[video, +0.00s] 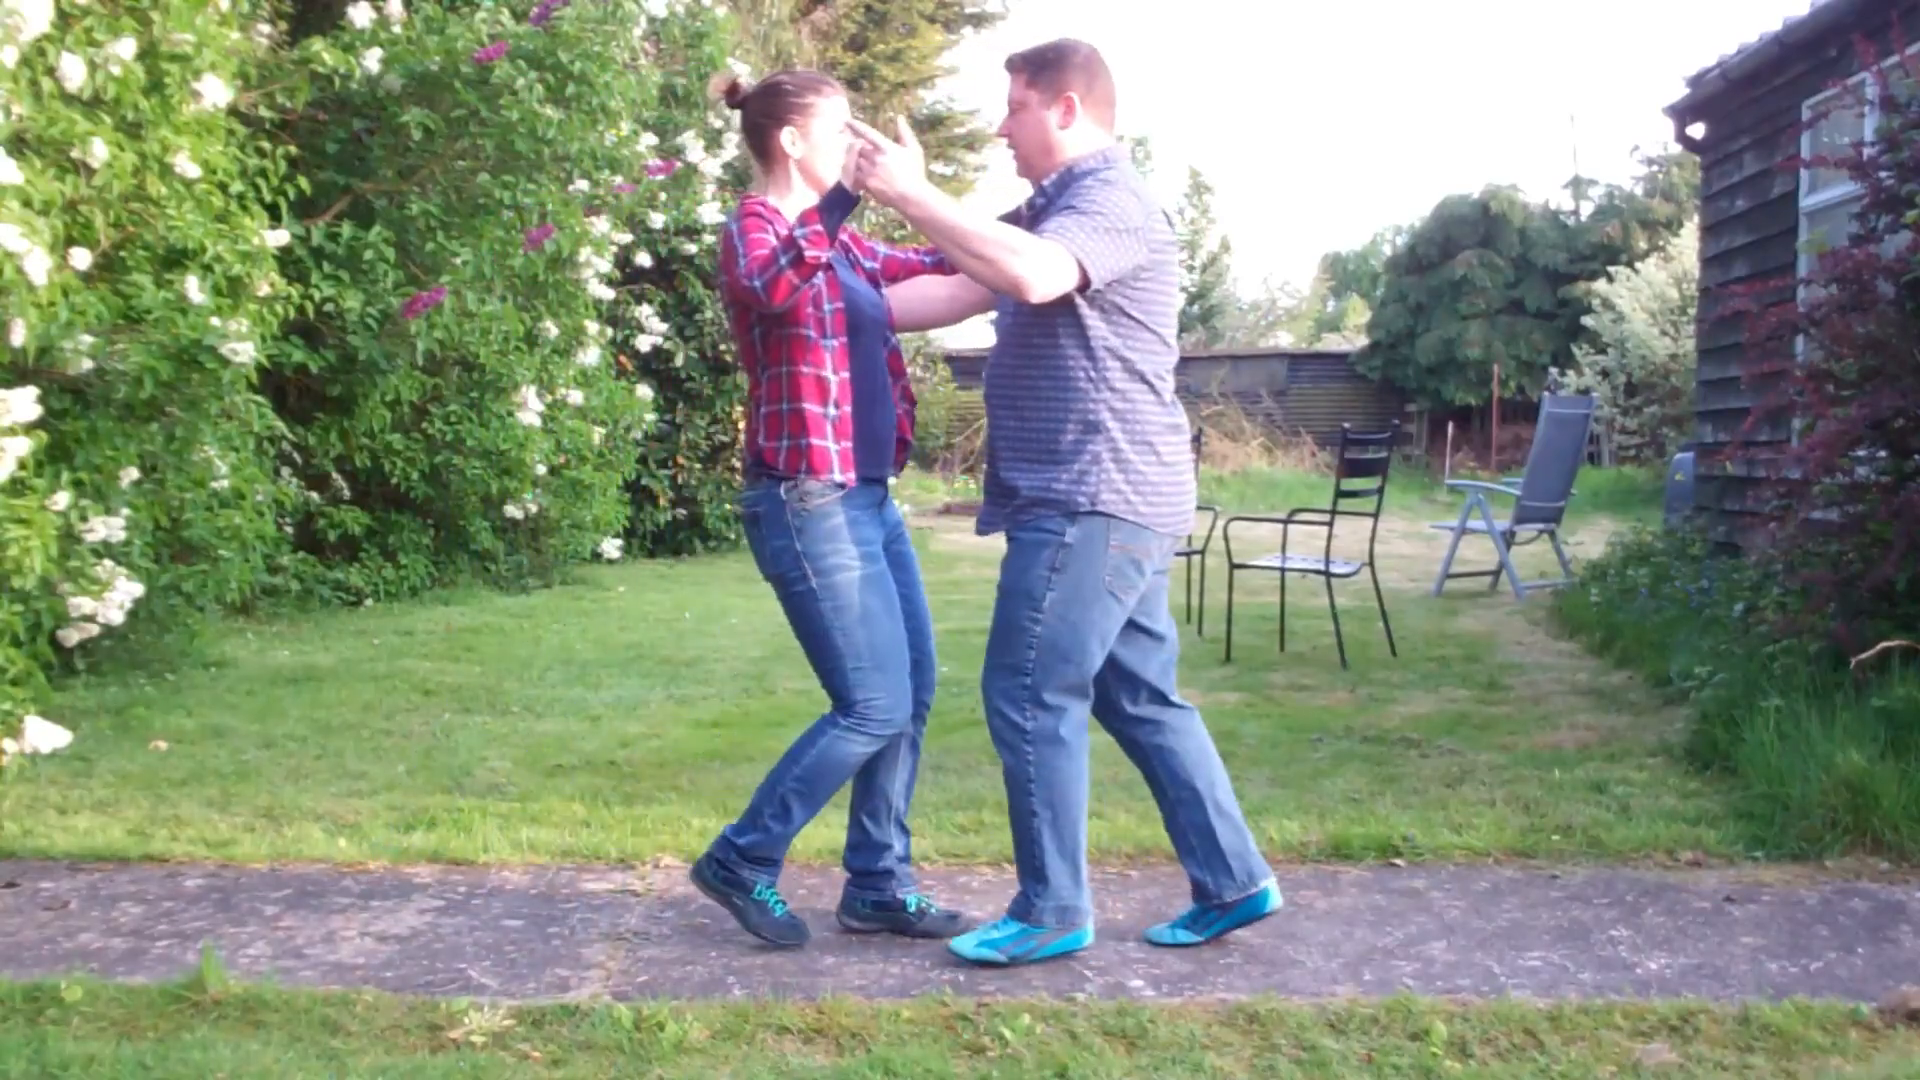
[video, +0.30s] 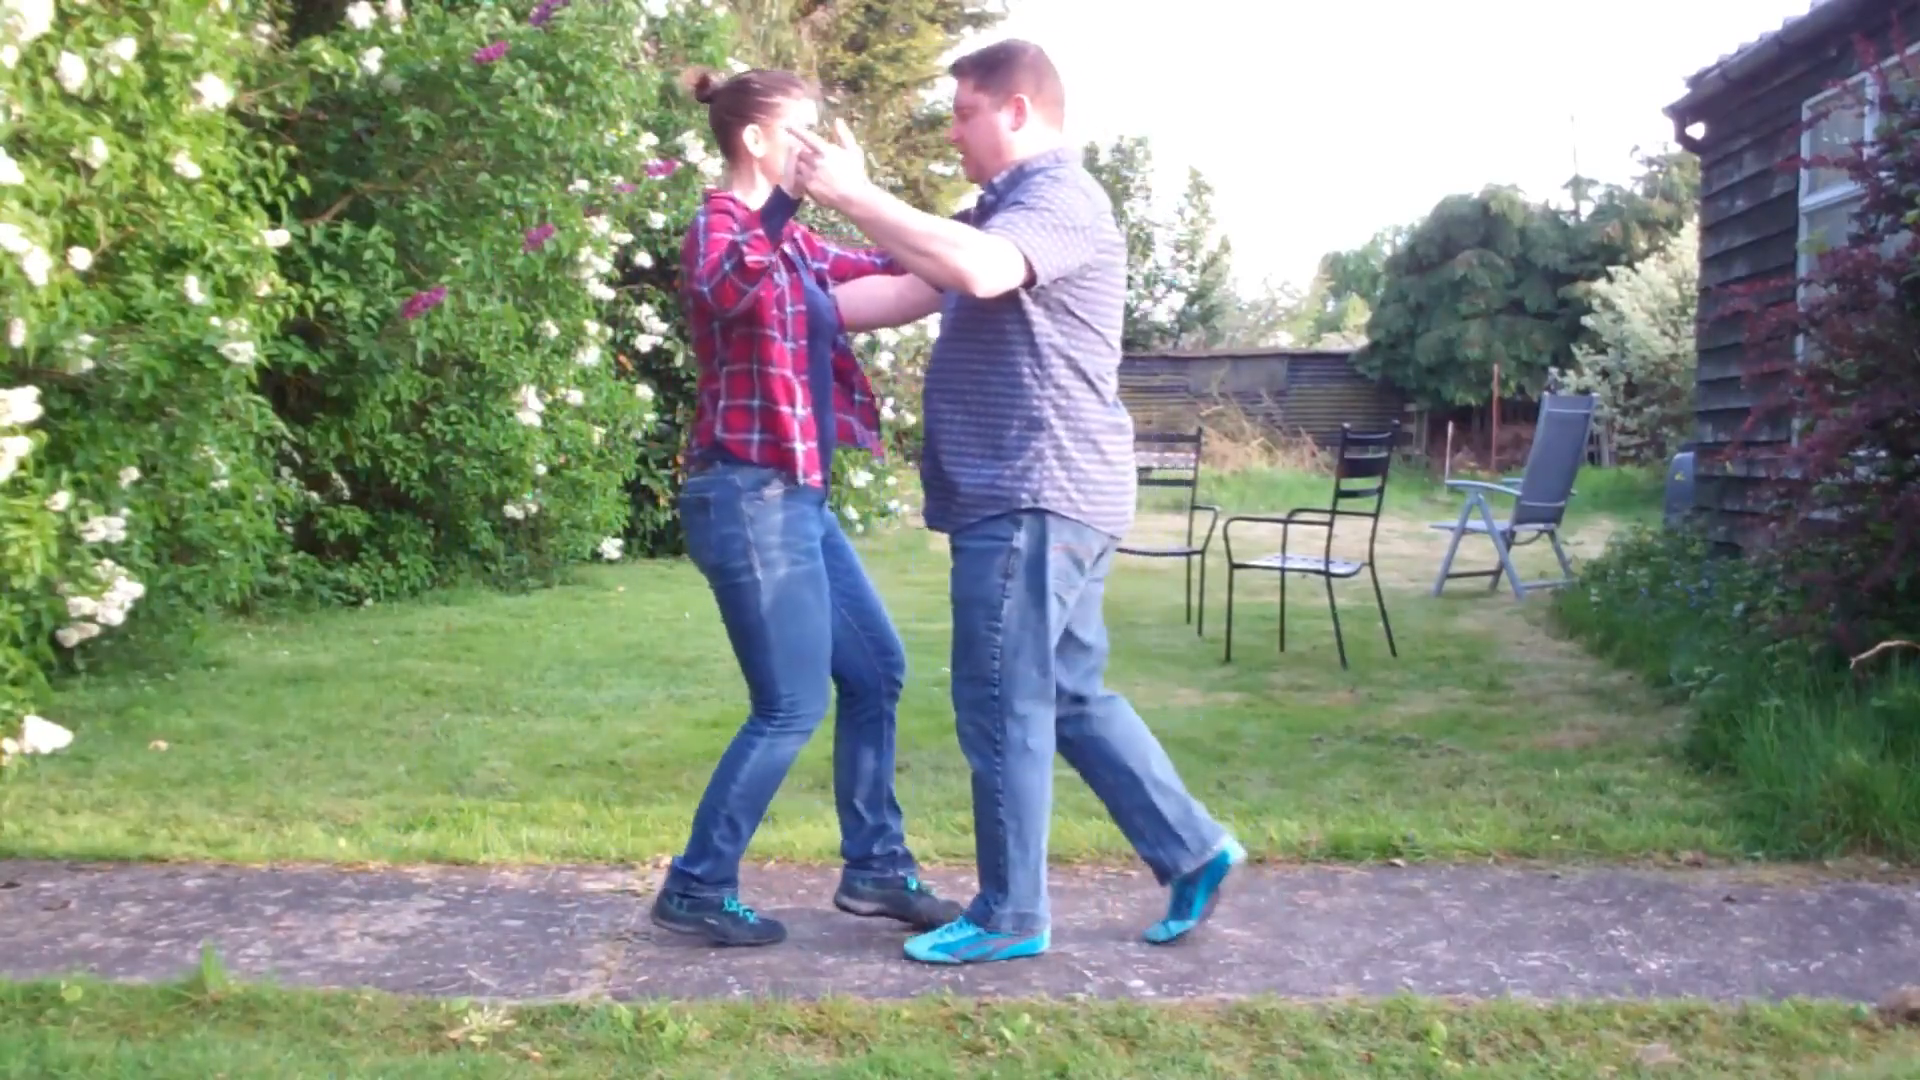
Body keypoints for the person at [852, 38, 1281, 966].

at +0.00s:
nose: (1003, 130)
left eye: (1013, 110)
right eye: (1005, 112)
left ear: (1066, 108)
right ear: (1073, 109)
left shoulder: (1114, 198)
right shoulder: (1060, 211)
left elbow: (1036, 273)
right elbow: (956, 287)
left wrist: (914, 194)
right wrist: (823, 308)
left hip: (1097, 495)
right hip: (1111, 495)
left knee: (1029, 695)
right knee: (1140, 697)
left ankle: (1055, 912)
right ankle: (1234, 881)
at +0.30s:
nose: (955, 136)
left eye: (963, 116)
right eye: (953, 118)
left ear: (1018, 108)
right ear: (1022, 111)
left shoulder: (1063, 196)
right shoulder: (1010, 209)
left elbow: (981, 266)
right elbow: (903, 289)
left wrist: (856, 194)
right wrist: (778, 309)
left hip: (1036, 493)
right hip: (1034, 493)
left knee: (1002, 711)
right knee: (1071, 696)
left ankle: (1011, 915)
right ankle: (1195, 851)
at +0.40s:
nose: (922, 138)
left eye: (931, 119)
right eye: (920, 122)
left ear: (985, 110)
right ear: (982, 114)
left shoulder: (1027, 192)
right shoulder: (976, 208)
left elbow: (944, 260)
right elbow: (871, 286)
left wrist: (812, 191)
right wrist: (743, 299)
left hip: (1014, 486)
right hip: (972, 489)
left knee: (992, 694)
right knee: (967, 681)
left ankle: (1011, 913)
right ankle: (1115, 817)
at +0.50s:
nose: (891, 143)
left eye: (898, 122)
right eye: (888, 125)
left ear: (950, 109)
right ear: (954, 113)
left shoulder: (1001, 186)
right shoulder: (955, 202)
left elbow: (900, 254)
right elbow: (845, 289)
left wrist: (766, 183)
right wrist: (712, 305)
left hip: (986, 489)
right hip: (944, 493)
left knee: (977, 698)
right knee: (905, 667)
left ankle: (1012, 913)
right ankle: (1011, 844)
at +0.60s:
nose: (858, 146)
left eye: (865, 126)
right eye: (854, 129)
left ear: (915, 114)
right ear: (921, 117)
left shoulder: (968, 195)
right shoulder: (923, 208)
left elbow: (858, 252)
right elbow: (825, 291)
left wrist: (723, 174)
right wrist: (694, 297)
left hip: (959, 491)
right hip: (917, 494)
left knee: (959, 699)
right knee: (880, 678)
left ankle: (1011, 912)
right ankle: (880, 880)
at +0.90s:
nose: (752, 152)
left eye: (759, 132)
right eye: (752, 134)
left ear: (805, 124)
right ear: (821, 126)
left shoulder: (854, 201)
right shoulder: (835, 205)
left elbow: (735, 279)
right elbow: (729, 294)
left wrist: (633, 192)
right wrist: (636, 220)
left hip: (850, 490)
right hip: (816, 491)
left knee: (813, 682)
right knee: (794, 686)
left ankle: (960, 862)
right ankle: (782, 883)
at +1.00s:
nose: (720, 158)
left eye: (726, 139)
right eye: (719, 141)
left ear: (773, 131)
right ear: (785, 131)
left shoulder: (817, 212)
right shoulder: (810, 209)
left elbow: (705, 299)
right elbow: (703, 293)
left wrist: (617, 214)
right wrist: (621, 242)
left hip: (803, 496)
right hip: (807, 497)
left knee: (735, 680)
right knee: (782, 688)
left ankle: (886, 827)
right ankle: (779, 881)